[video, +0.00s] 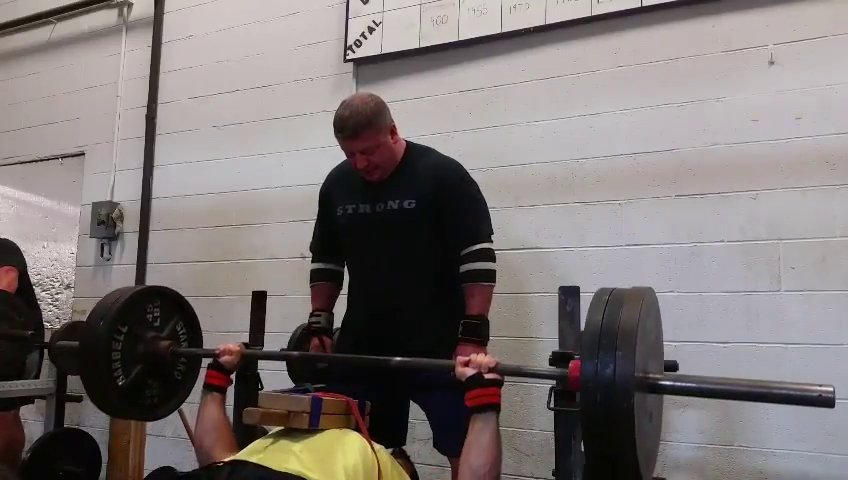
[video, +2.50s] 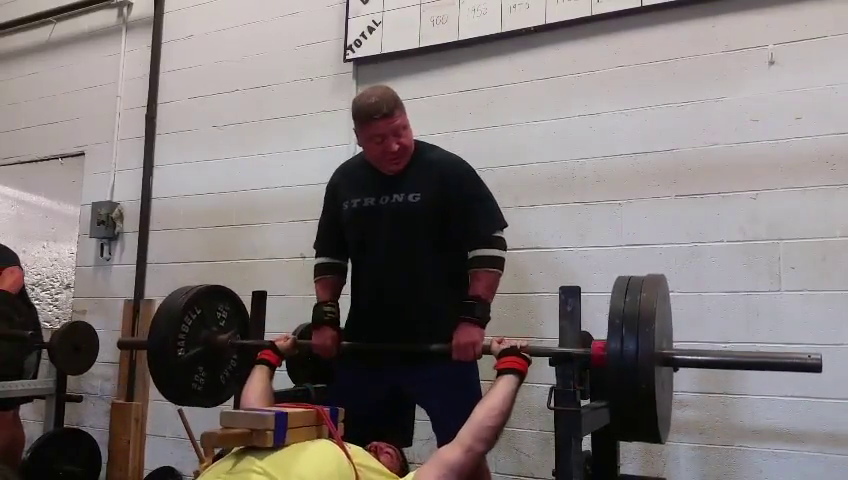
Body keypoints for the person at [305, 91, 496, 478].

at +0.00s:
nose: (360, 163)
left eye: (368, 152)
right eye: (351, 154)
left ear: (394, 134)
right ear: (341, 145)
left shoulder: (445, 178)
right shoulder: (338, 186)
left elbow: (478, 260)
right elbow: (327, 262)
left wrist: (473, 337)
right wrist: (319, 327)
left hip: (439, 341)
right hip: (366, 340)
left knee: (466, 451)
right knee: (367, 452)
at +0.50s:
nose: (357, 163)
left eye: (365, 152)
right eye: (348, 155)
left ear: (392, 134)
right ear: (338, 145)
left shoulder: (443, 173)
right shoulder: (338, 183)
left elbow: (493, 234)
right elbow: (322, 249)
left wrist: (460, 297)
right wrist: (318, 304)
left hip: (437, 345)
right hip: (364, 343)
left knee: (462, 457)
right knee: (366, 460)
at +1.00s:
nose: (347, 160)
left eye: (354, 150)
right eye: (341, 150)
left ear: (386, 135)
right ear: (335, 141)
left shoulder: (438, 169)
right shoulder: (338, 185)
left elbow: (482, 222)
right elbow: (310, 239)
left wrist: (448, 289)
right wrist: (294, 290)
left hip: (437, 340)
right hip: (365, 342)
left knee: (462, 455)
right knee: (362, 457)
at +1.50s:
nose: (341, 147)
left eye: (348, 137)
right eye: (338, 138)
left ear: (380, 129)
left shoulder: (442, 167)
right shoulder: (346, 181)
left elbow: (484, 227)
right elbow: (322, 244)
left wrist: (462, 297)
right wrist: (310, 295)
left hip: (433, 345)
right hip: (361, 346)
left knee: (459, 459)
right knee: (362, 463)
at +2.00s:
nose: (397, 141)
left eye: (404, 129)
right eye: (384, 133)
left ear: (417, 121)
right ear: (367, 134)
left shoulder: (455, 173)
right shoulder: (351, 183)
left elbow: (489, 244)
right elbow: (335, 256)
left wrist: (472, 314)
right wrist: (327, 315)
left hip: (441, 345)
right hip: (368, 346)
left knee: (464, 454)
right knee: (367, 460)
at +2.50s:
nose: (394, 146)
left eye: (399, 133)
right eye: (380, 139)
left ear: (409, 122)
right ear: (359, 138)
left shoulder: (449, 172)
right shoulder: (345, 181)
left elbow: (488, 246)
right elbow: (330, 257)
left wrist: (474, 317)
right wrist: (326, 318)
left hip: (443, 344)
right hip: (369, 344)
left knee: (466, 458)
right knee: (367, 460)